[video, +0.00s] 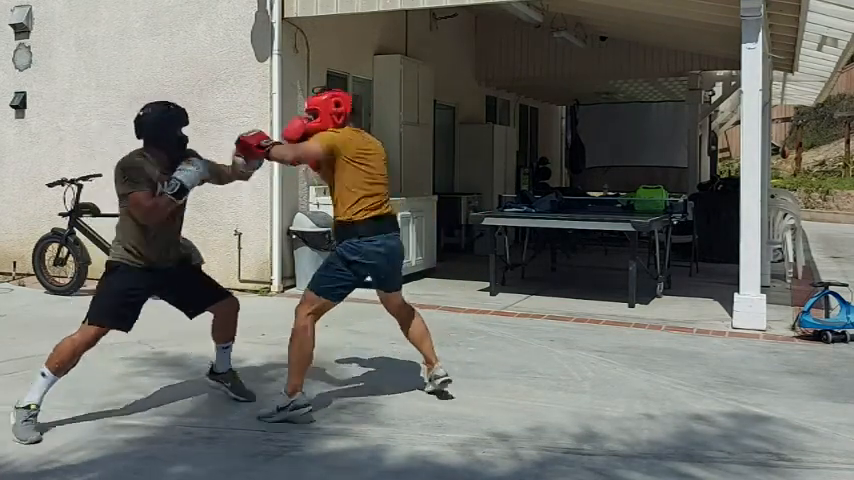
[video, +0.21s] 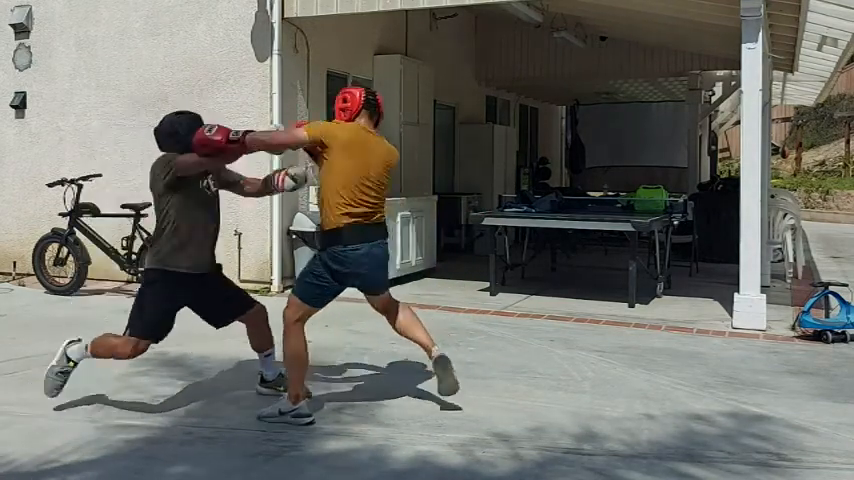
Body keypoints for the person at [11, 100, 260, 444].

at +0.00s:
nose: (184, 136)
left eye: (183, 130)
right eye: (178, 131)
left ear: (162, 137)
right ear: (160, 137)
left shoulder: (186, 160)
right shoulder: (130, 167)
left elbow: (224, 174)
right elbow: (150, 214)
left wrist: (245, 164)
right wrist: (181, 185)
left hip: (174, 265)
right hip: (130, 266)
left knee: (227, 305)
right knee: (90, 334)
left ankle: (222, 370)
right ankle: (29, 404)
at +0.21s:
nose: (208, 140)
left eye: (207, 135)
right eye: (202, 136)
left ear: (197, 141)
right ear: (184, 141)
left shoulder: (209, 168)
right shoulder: (165, 166)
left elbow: (246, 185)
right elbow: (208, 161)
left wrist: (285, 180)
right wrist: (245, 144)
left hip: (203, 274)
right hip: (164, 274)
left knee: (256, 315)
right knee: (131, 347)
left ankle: (271, 374)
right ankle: (74, 352)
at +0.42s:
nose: (191, 149)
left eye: (189, 142)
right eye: (185, 143)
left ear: (167, 148)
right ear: (166, 149)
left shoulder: (191, 180)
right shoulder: (145, 183)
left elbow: (193, 229)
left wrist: (212, 247)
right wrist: (181, 199)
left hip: (198, 277)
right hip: (159, 281)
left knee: (255, 315)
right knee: (127, 354)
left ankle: (276, 375)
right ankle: (85, 372)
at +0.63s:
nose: (164, 134)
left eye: (163, 127)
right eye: (157, 129)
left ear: (160, 129)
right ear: (137, 134)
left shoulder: (170, 156)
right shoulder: (110, 168)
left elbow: (187, 198)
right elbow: (115, 216)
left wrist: (199, 216)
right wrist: (138, 183)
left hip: (173, 257)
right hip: (130, 260)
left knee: (217, 311)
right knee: (107, 332)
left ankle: (244, 374)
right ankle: (81, 378)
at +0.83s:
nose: (170, 123)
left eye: (171, 117)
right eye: (164, 118)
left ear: (168, 117)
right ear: (144, 119)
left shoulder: (172, 144)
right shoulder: (115, 152)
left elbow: (188, 182)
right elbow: (121, 204)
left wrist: (200, 196)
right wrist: (147, 170)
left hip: (164, 245)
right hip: (123, 245)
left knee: (199, 303)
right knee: (104, 319)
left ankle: (200, 379)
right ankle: (80, 379)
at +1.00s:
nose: (189, 126)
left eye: (189, 120)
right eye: (183, 120)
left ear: (182, 122)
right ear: (163, 121)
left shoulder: (183, 153)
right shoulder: (129, 151)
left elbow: (194, 194)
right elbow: (135, 202)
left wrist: (214, 198)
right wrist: (161, 170)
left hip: (164, 247)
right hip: (125, 244)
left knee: (199, 305)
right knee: (104, 319)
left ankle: (200, 381)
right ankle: (80, 378)